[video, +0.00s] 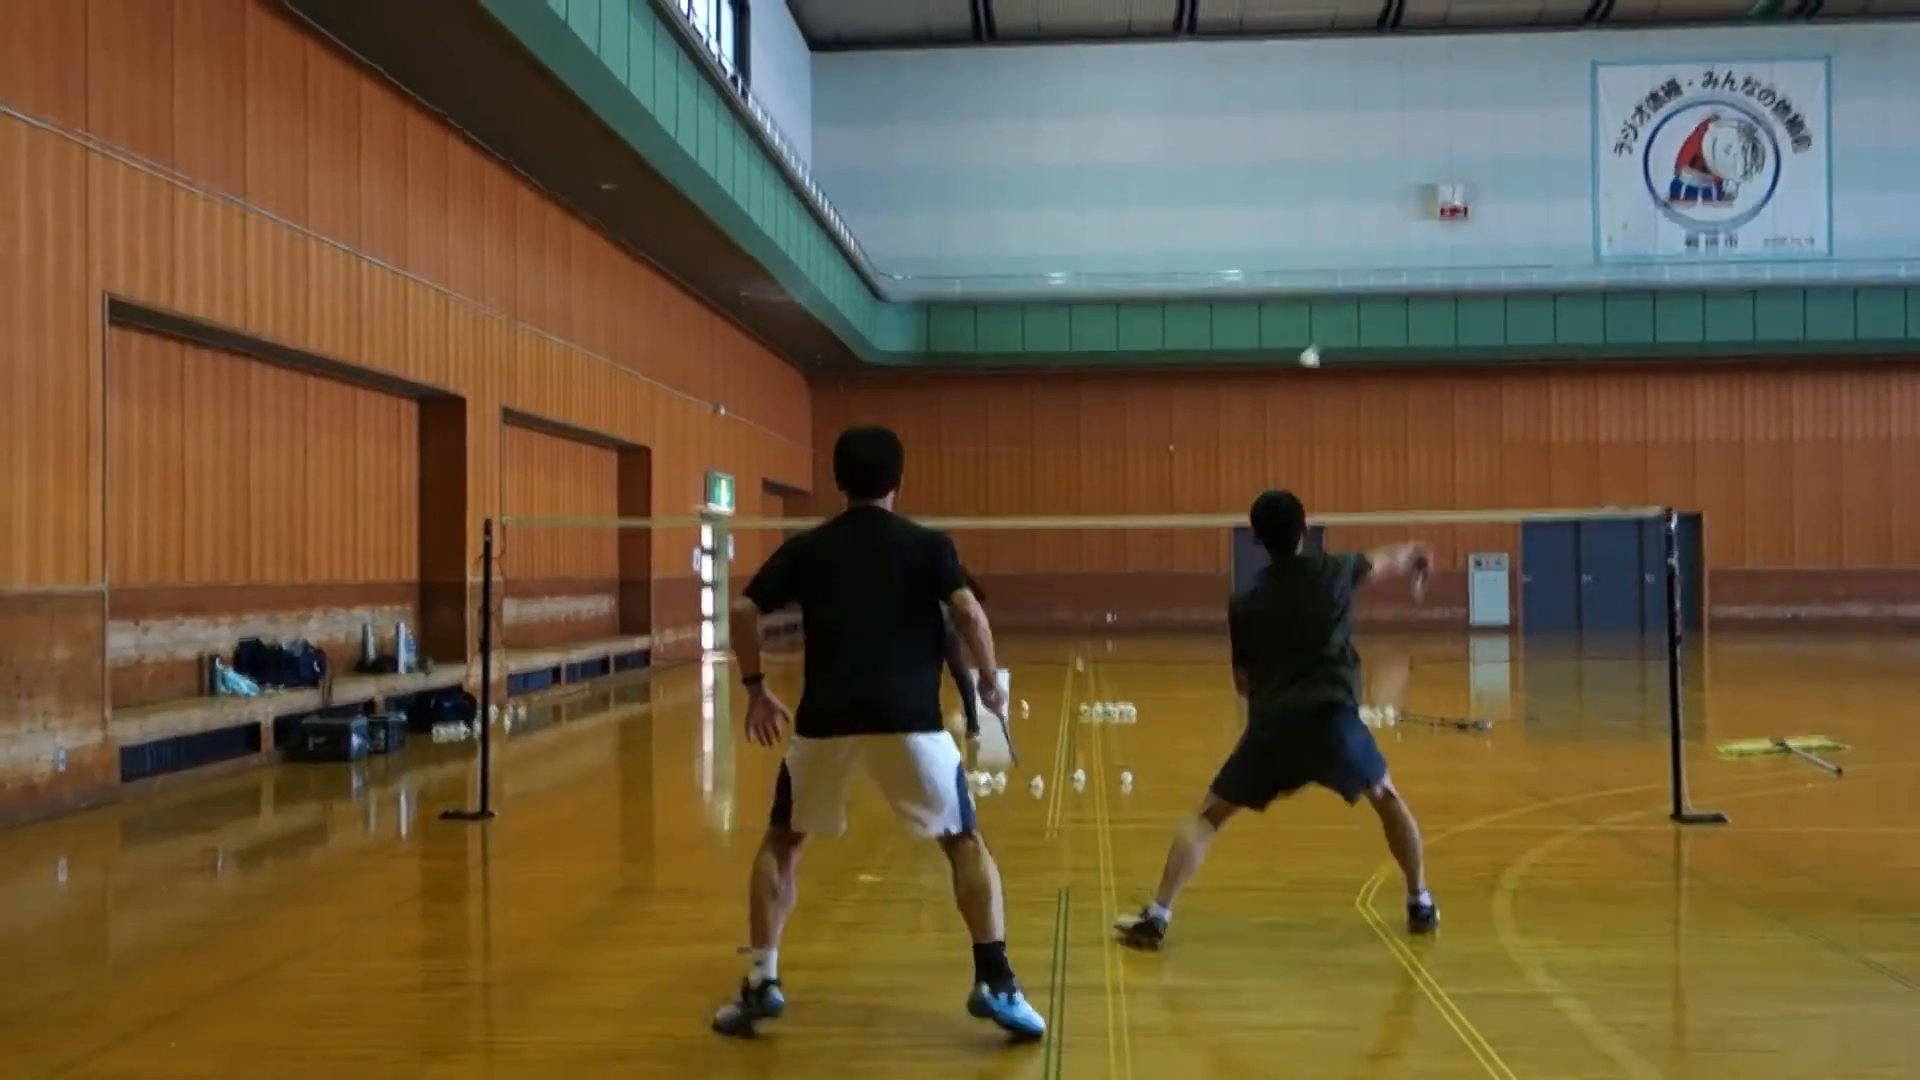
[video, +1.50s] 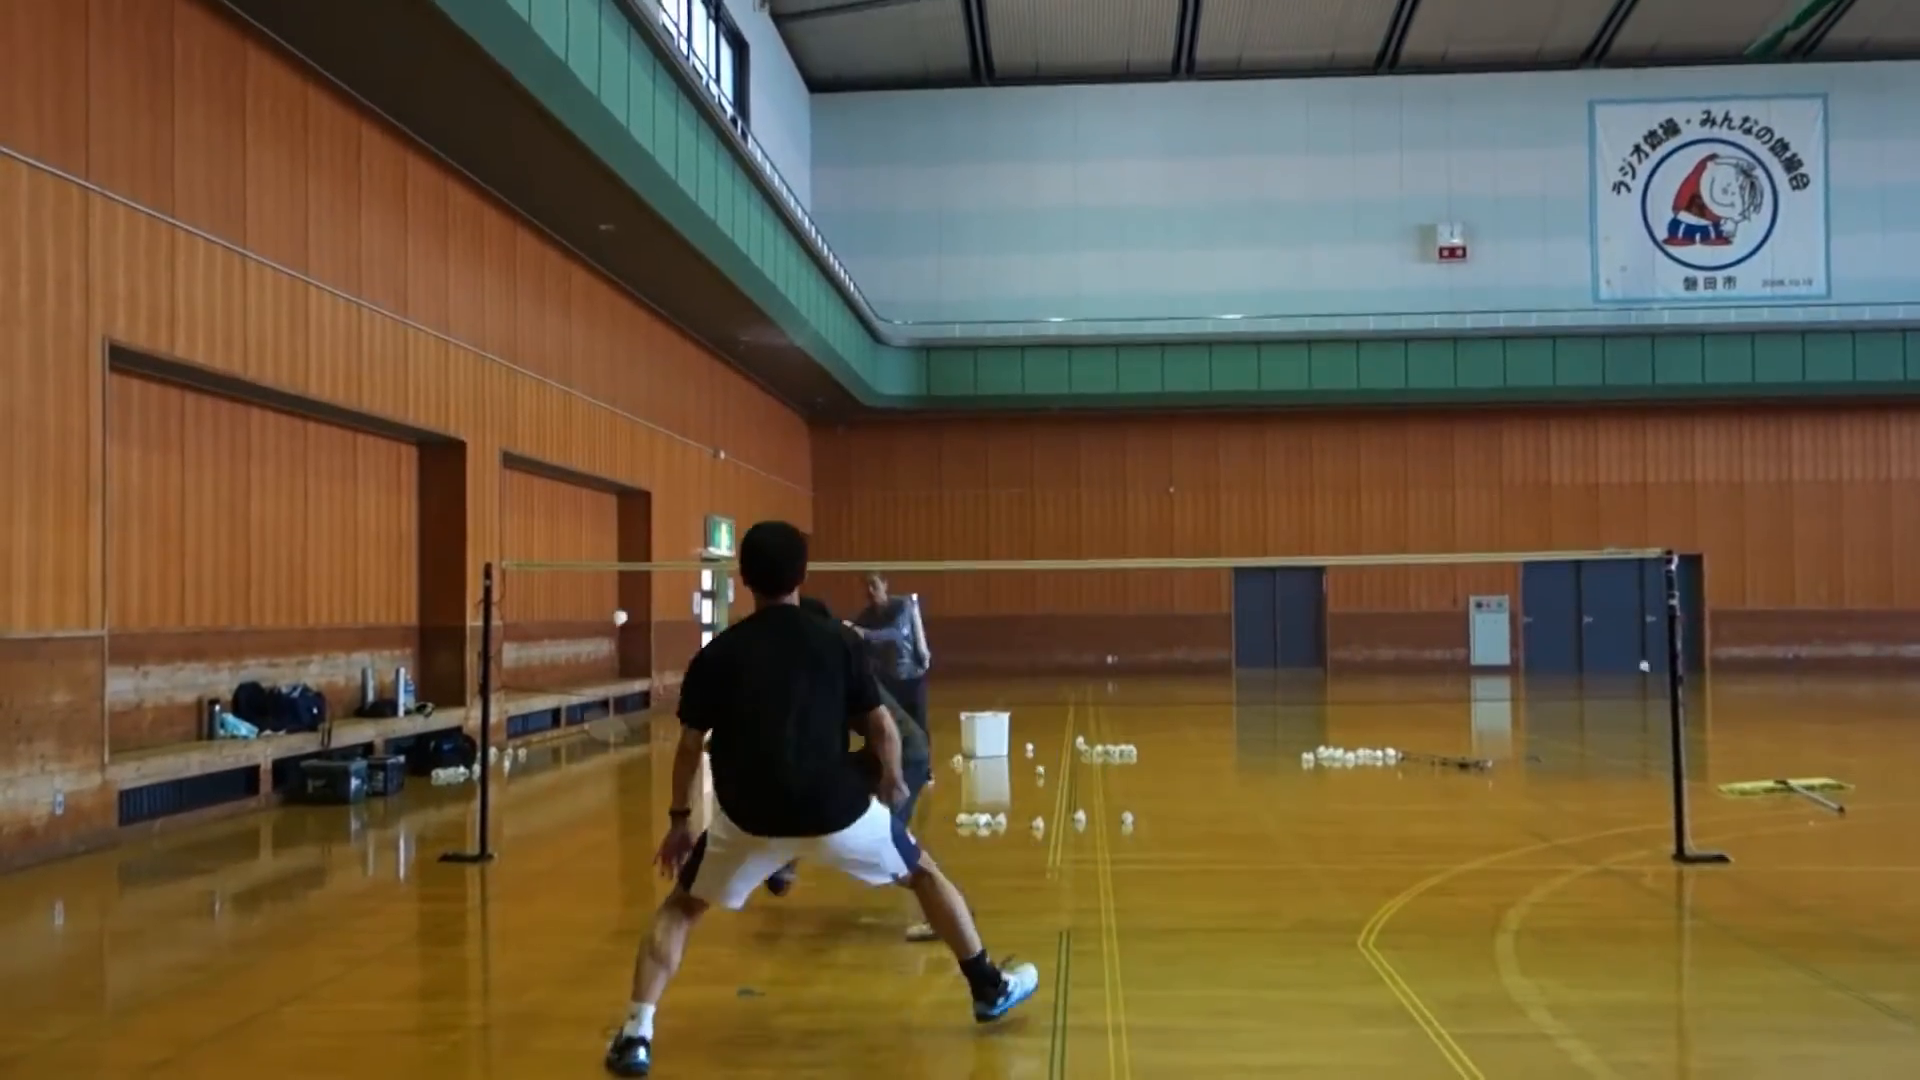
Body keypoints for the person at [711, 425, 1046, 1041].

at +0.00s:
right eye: (897, 476)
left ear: (839, 481)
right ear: (898, 481)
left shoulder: (809, 547)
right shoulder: (928, 546)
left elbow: (744, 610)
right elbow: (971, 615)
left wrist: (755, 688)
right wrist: (992, 678)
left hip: (825, 718)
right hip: (910, 720)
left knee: (782, 841)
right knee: (964, 842)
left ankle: (762, 982)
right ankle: (996, 982)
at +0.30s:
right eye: (917, 569)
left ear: (859, 578)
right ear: (918, 576)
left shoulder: (831, 647)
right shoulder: (941, 644)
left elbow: (786, 734)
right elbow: (973, 740)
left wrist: (761, 812)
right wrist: (993, 786)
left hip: (827, 816)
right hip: (914, 816)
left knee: (761, 918)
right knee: (1010, 909)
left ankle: (691, 1041)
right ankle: (1086, 1028)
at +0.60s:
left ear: (912, 529)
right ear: (971, 531)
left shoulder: (881, 597)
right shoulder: (1003, 599)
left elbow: (828, 670)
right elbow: (1044, 673)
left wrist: (840, 738)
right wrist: (1039, 720)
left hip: (894, 765)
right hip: (982, 766)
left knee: (836, 877)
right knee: (1048, 869)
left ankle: (800, 1011)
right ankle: (1103, 992)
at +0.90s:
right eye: (925, 540)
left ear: (868, 545)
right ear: (926, 547)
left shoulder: (838, 606)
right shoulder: (953, 607)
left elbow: (772, 655)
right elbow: (994, 672)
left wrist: (771, 740)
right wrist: (1000, 739)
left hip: (847, 772)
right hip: (931, 777)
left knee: (782, 853)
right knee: (1014, 875)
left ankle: (780, 981)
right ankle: (1088, 996)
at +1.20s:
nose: (742, 572)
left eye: (742, 565)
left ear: (742, 575)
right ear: (800, 575)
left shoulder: (716, 647)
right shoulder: (835, 640)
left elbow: (692, 742)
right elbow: (864, 731)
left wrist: (691, 800)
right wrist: (852, 794)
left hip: (742, 812)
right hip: (831, 812)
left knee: (670, 897)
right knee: (914, 905)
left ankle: (629, 1024)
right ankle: (1006, 1017)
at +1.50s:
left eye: (750, 565)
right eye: (797, 566)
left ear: (744, 576)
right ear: (803, 574)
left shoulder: (717, 653)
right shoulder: (837, 640)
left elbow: (689, 746)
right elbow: (882, 728)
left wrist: (680, 820)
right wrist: (891, 780)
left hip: (746, 817)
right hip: (836, 812)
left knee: (682, 906)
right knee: (923, 873)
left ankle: (636, 1032)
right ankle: (987, 984)